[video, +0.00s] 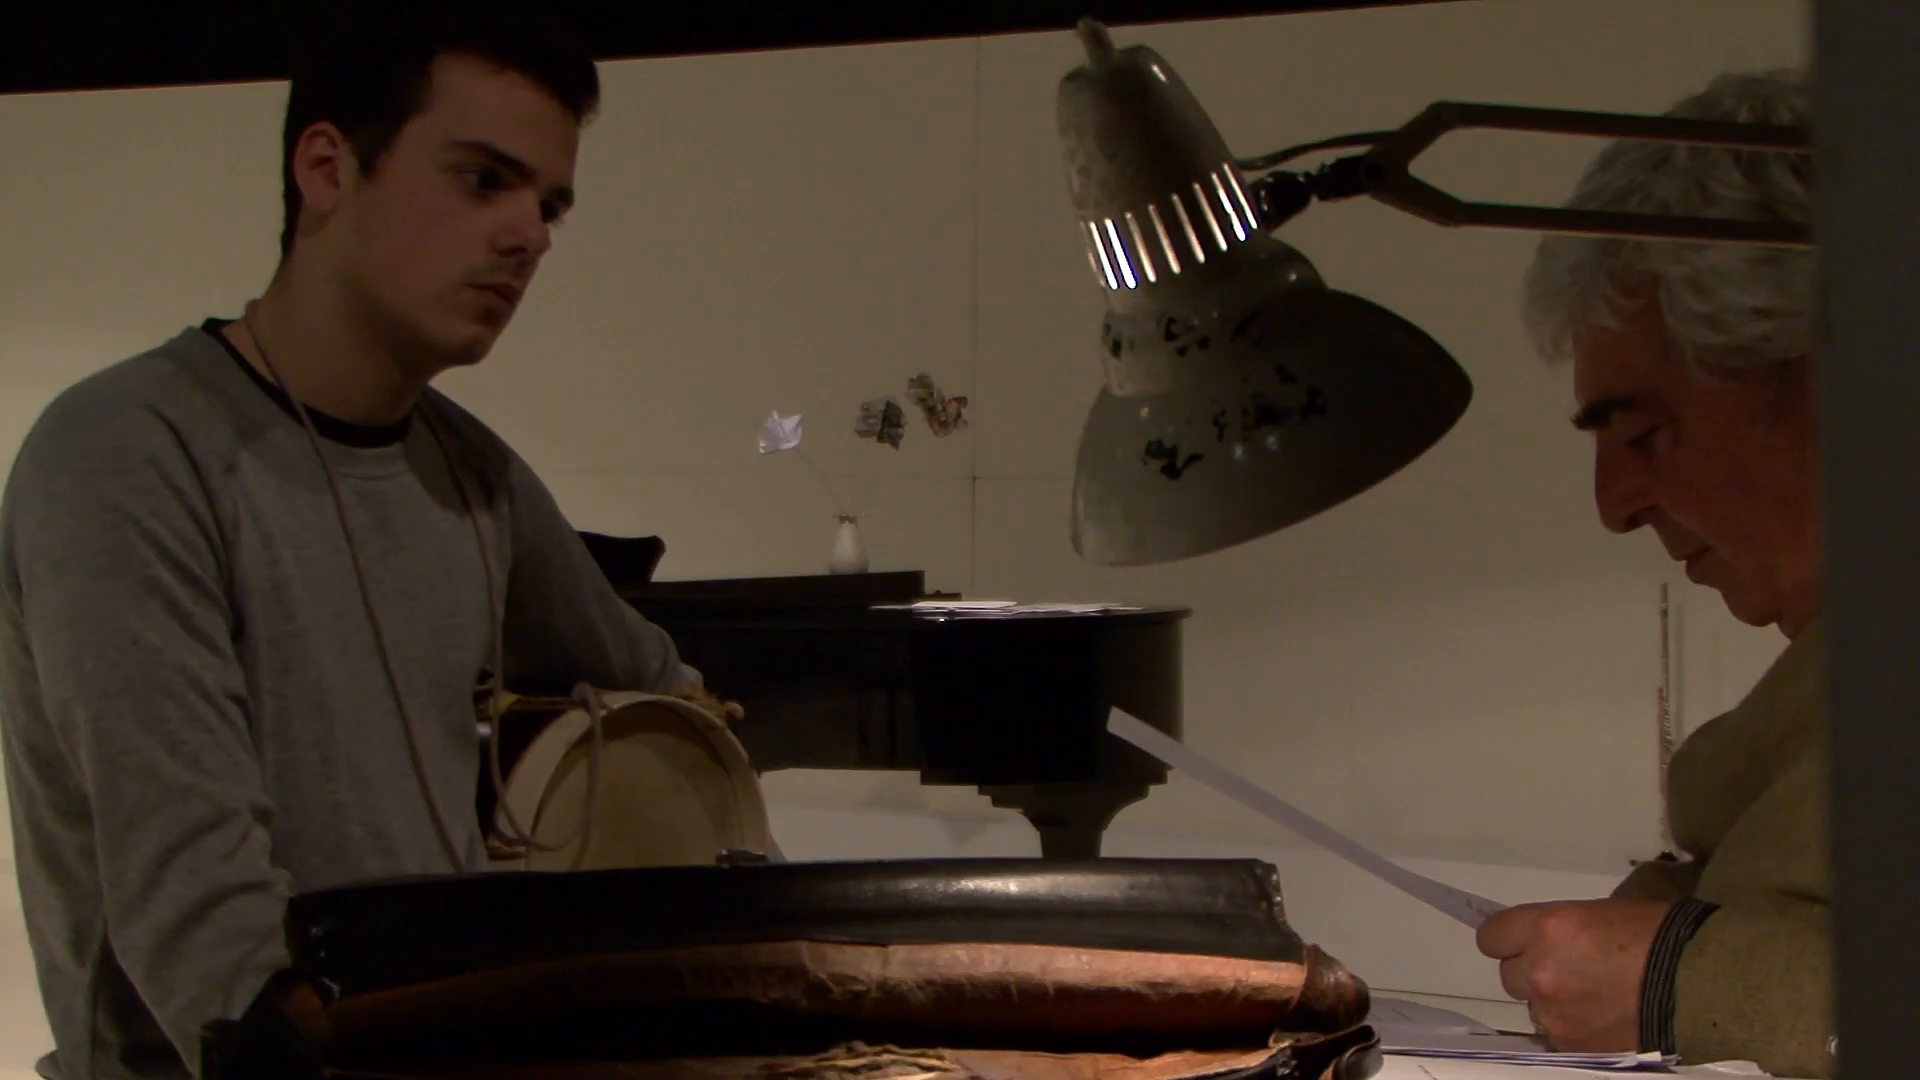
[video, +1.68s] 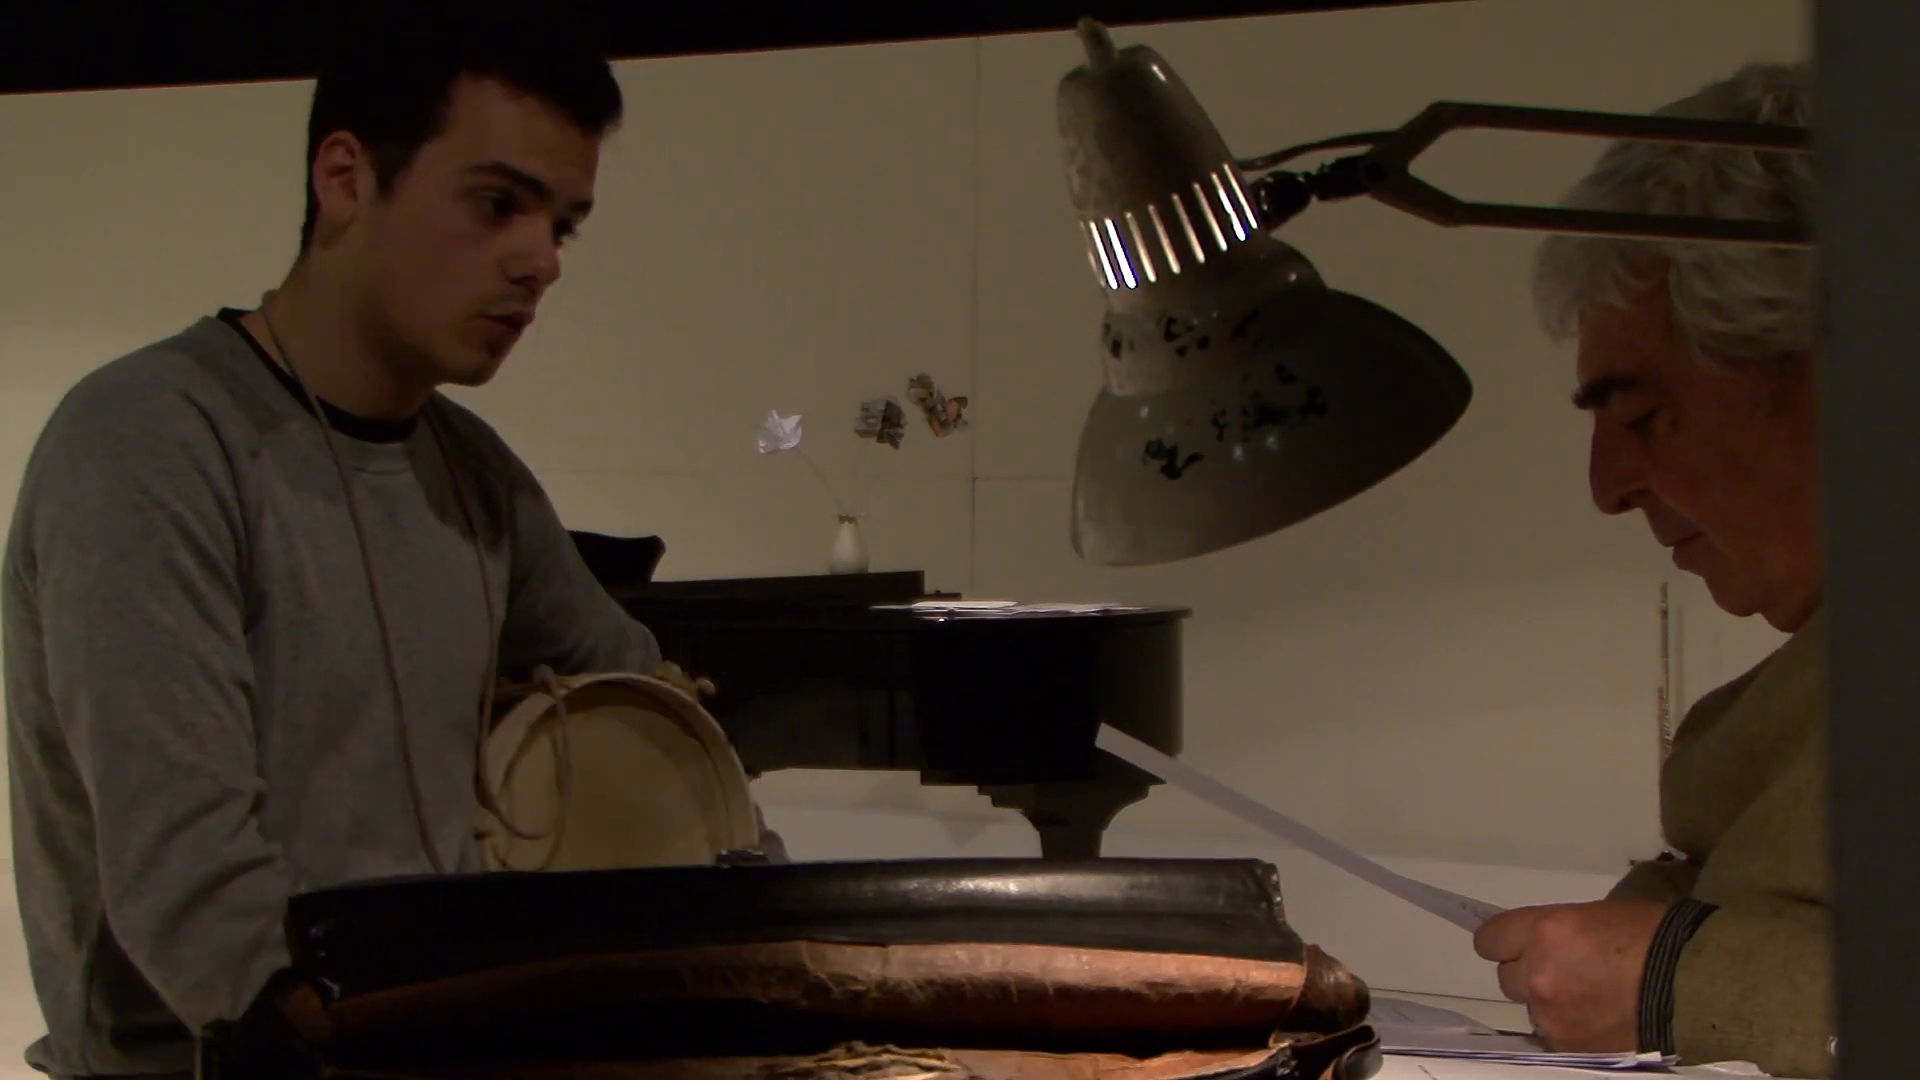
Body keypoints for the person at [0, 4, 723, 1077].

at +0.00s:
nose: (529, 237)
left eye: (550, 206)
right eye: (483, 179)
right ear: (326, 172)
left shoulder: (481, 478)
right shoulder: (115, 453)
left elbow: (662, 708)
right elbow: (196, 908)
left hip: (474, 1030)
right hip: (188, 1057)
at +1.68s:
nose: (540, 265)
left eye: (562, 227)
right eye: (497, 204)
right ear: (344, 182)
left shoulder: (478, 475)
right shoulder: (137, 442)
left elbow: (643, 718)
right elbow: (189, 892)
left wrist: (768, 931)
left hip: (465, 1026)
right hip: (193, 1057)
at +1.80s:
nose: (523, 266)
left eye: (545, 228)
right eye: (479, 206)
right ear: (329, 186)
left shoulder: (461, 478)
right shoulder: (131, 443)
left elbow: (639, 724)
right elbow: (224, 887)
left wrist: (791, 926)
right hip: (178, 1057)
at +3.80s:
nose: (515, 297)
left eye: (535, 261)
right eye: (476, 237)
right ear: (325, 207)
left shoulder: (444, 496)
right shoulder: (119, 442)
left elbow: (647, 701)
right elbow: (261, 869)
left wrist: (753, 918)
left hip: (352, 1043)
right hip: (117, 1059)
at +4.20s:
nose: (523, 338)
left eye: (549, 301)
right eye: (493, 279)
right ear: (349, 224)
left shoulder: (459, 494)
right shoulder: (110, 445)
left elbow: (669, 719)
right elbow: (222, 898)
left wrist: (724, 947)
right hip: (89, 1045)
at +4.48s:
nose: (517, 427)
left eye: (542, 394)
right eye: (499, 369)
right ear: (374, 265)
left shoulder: (478, 519)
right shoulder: (90, 444)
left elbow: (677, 735)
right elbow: (80, 872)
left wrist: (715, 953)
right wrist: (317, 1041)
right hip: (56, 1036)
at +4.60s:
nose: (520, 431)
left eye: (544, 397)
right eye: (502, 371)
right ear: (377, 268)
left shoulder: (467, 523)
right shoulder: (86, 442)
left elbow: (665, 745)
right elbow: (88, 872)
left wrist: (689, 966)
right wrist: (326, 1044)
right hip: (48, 1042)